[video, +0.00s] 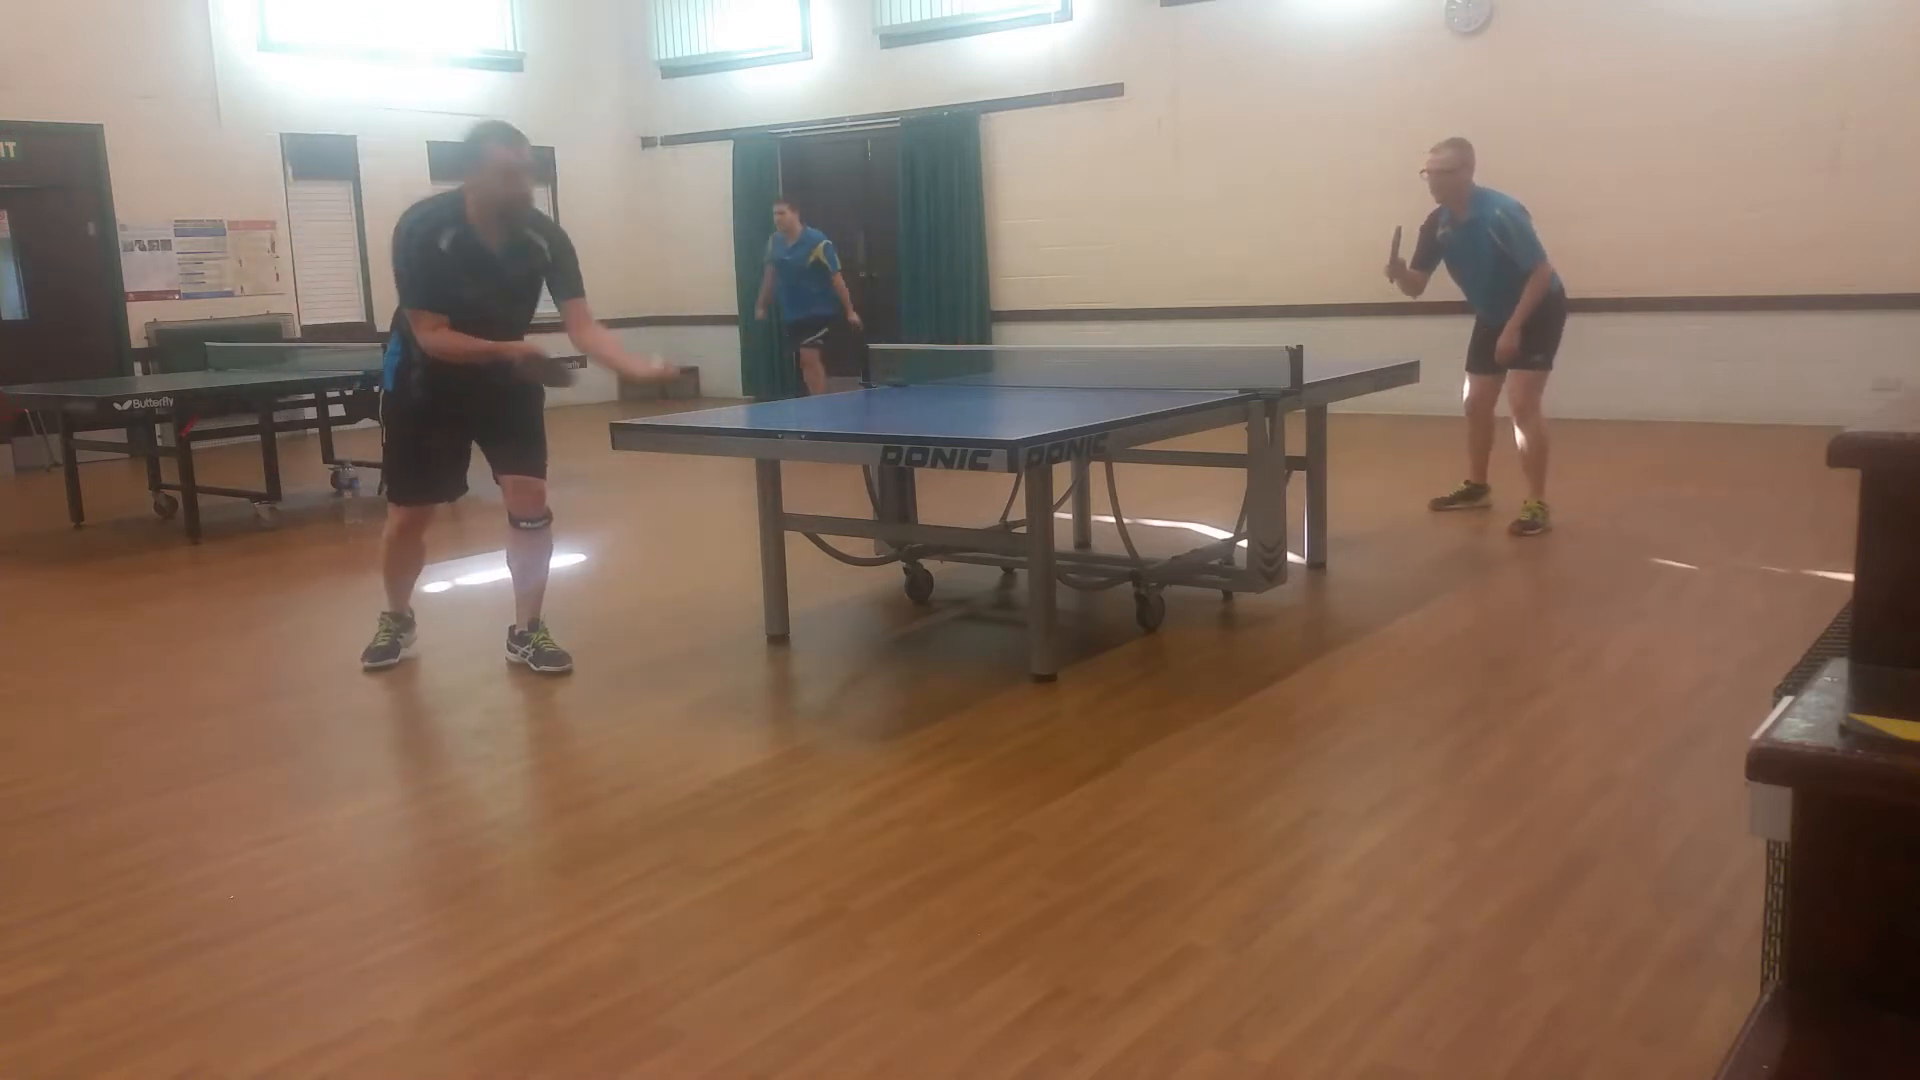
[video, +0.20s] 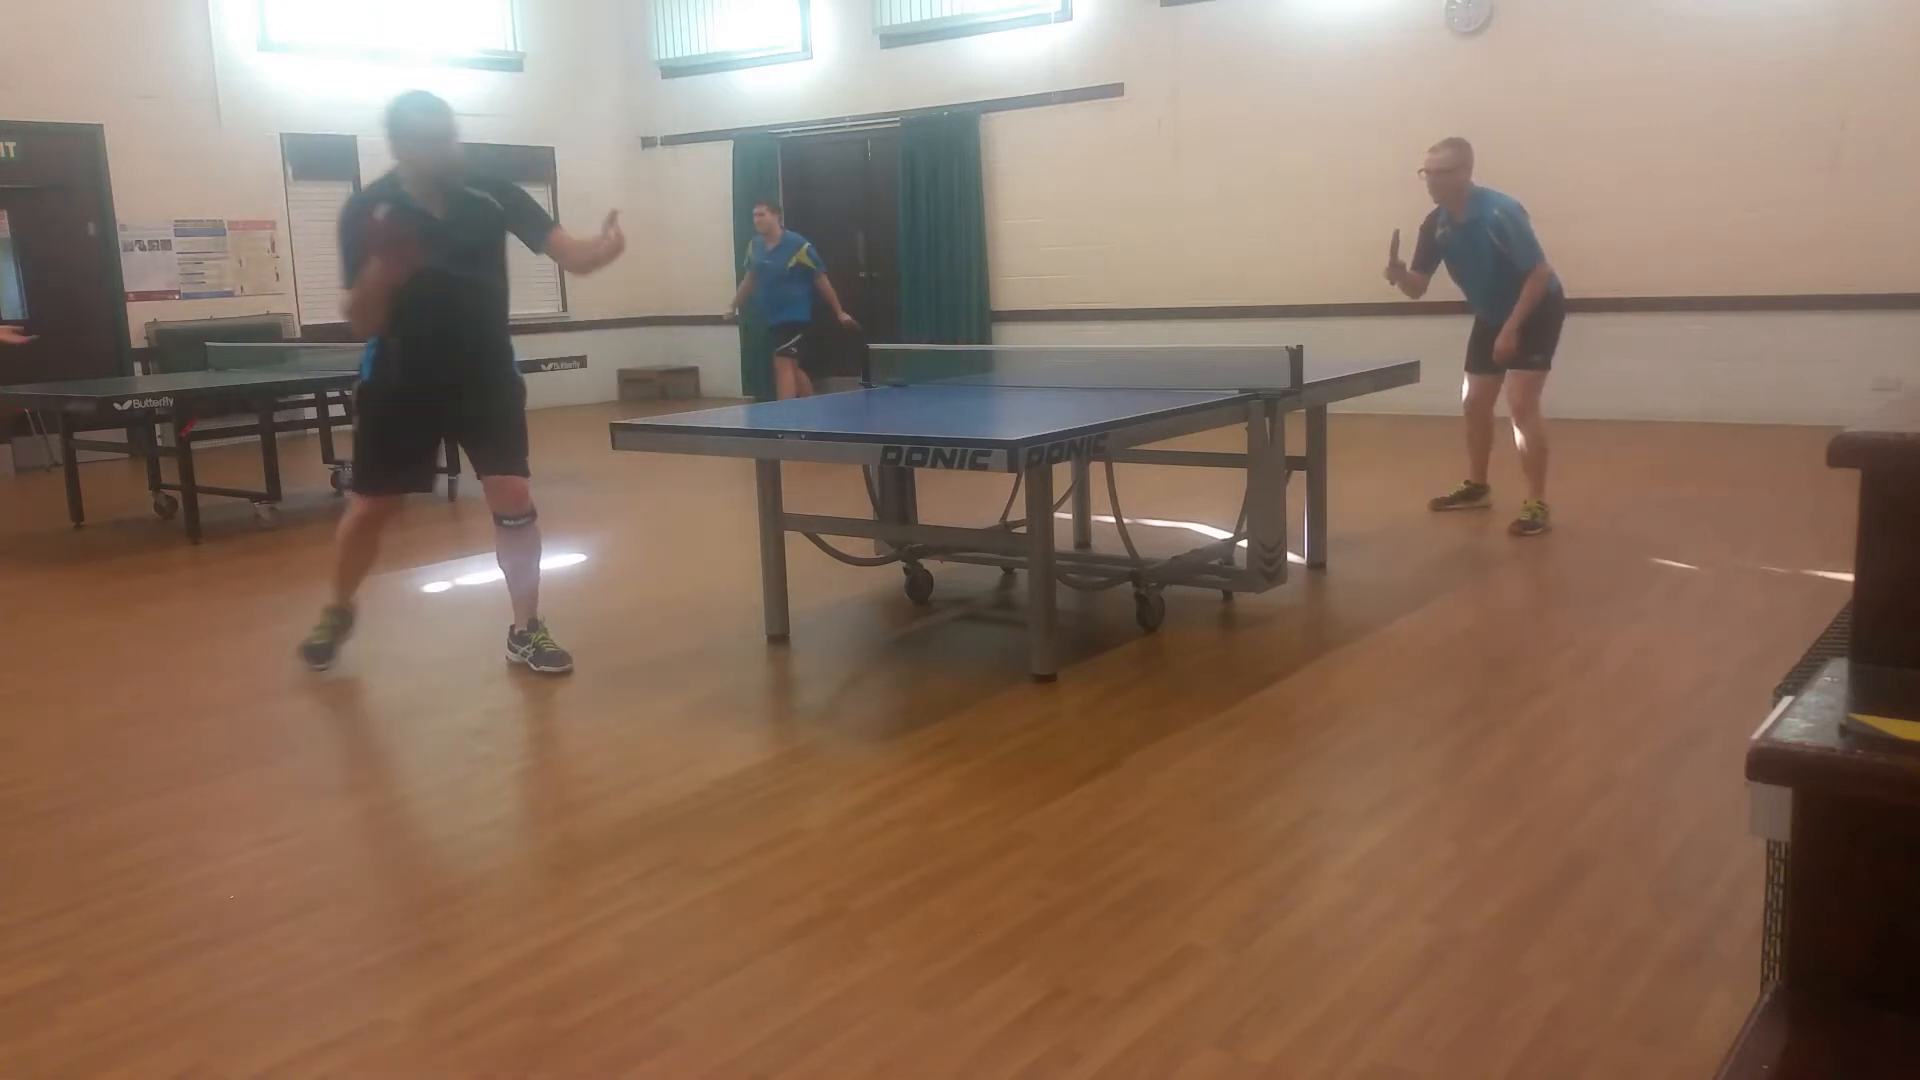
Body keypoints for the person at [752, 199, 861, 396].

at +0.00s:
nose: (777, 218)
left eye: (781, 213)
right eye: (775, 214)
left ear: (795, 214)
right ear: (773, 217)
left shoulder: (818, 242)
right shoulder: (775, 241)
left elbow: (837, 279)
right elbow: (769, 275)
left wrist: (850, 310)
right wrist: (762, 304)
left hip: (817, 310)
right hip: (791, 312)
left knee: (808, 359)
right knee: (808, 360)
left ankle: (820, 407)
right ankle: (821, 406)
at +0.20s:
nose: (756, 220)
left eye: (761, 215)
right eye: (754, 216)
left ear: (776, 217)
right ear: (753, 219)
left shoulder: (798, 244)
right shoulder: (755, 245)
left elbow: (821, 279)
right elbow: (749, 279)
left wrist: (839, 312)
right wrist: (734, 305)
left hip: (795, 317)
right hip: (772, 318)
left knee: (782, 362)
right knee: (792, 368)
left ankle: (785, 418)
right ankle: (814, 413)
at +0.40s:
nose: (733, 211)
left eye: (738, 206)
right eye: (732, 207)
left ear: (752, 209)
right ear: (732, 212)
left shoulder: (774, 239)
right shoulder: (734, 239)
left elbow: (790, 277)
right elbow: (734, 280)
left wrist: (792, 315)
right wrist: (729, 311)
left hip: (772, 317)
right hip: (741, 316)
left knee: (775, 365)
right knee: (735, 363)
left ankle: (783, 413)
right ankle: (767, 403)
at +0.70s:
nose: (681, 219)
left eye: (687, 214)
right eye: (681, 215)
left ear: (704, 217)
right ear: (680, 219)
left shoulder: (720, 246)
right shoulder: (684, 248)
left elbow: (734, 281)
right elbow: (693, 283)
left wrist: (702, 298)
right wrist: (686, 300)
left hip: (729, 325)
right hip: (697, 325)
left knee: (750, 375)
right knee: (686, 375)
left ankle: (776, 417)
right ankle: (685, 427)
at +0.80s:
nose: (662, 214)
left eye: (667, 209)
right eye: (662, 210)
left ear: (685, 212)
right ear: (662, 214)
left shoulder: (703, 240)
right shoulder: (666, 243)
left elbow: (717, 277)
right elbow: (673, 279)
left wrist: (684, 290)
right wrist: (662, 290)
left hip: (708, 323)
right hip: (677, 323)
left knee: (722, 375)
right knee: (675, 376)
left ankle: (759, 407)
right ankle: (683, 428)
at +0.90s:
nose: (647, 208)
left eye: (652, 203)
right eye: (646, 203)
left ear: (669, 206)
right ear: (647, 208)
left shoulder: (689, 236)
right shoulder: (650, 238)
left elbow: (702, 273)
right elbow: (655, 278)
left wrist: (666, 283)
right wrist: (648, 314)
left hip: (690, 318)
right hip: (662, 319)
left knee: (692, 370)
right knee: (671, 375)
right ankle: (682, 425)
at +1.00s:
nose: (631, 208)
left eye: (636, 203)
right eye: (630, 204)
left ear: (653, 206)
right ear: (631, 208)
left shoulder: (675, 236)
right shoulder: (633, 239)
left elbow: (690, 274)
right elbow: (633, 279)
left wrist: (655, 281)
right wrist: (624, 313)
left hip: (676, 317)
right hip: (649, 320)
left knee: (668, 372)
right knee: (662, 375)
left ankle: (682, 424)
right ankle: (677, 424)